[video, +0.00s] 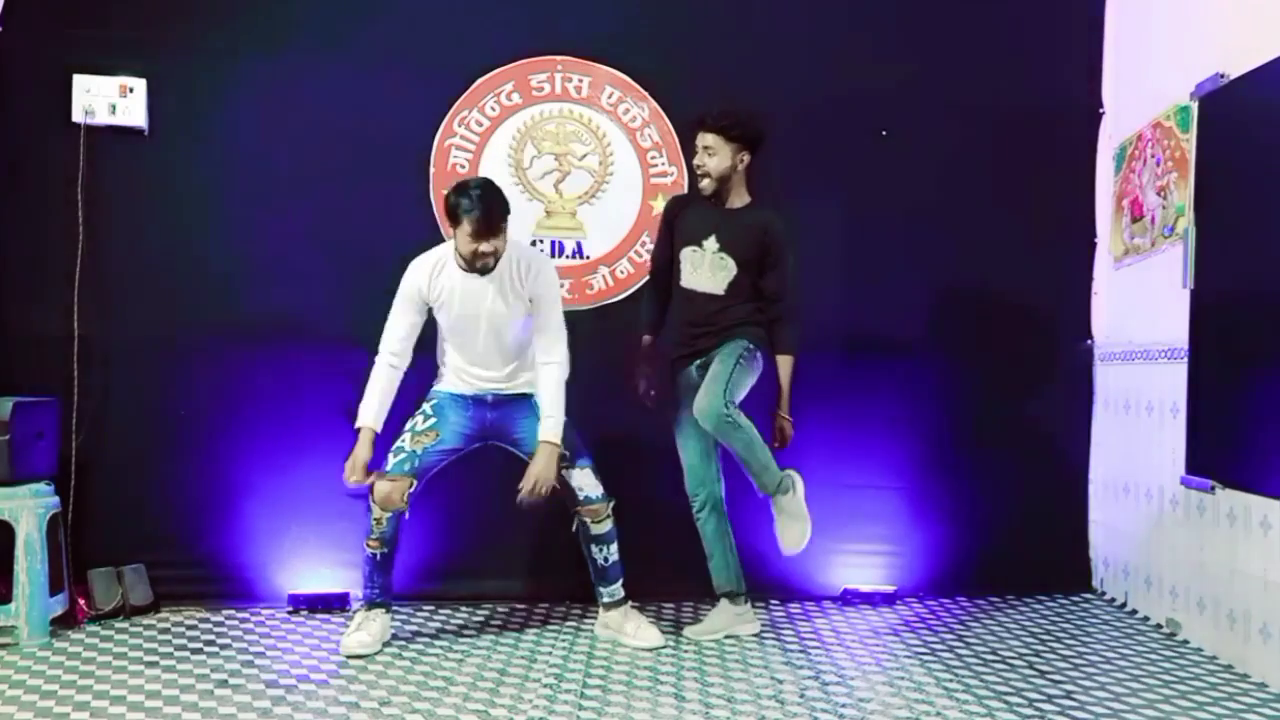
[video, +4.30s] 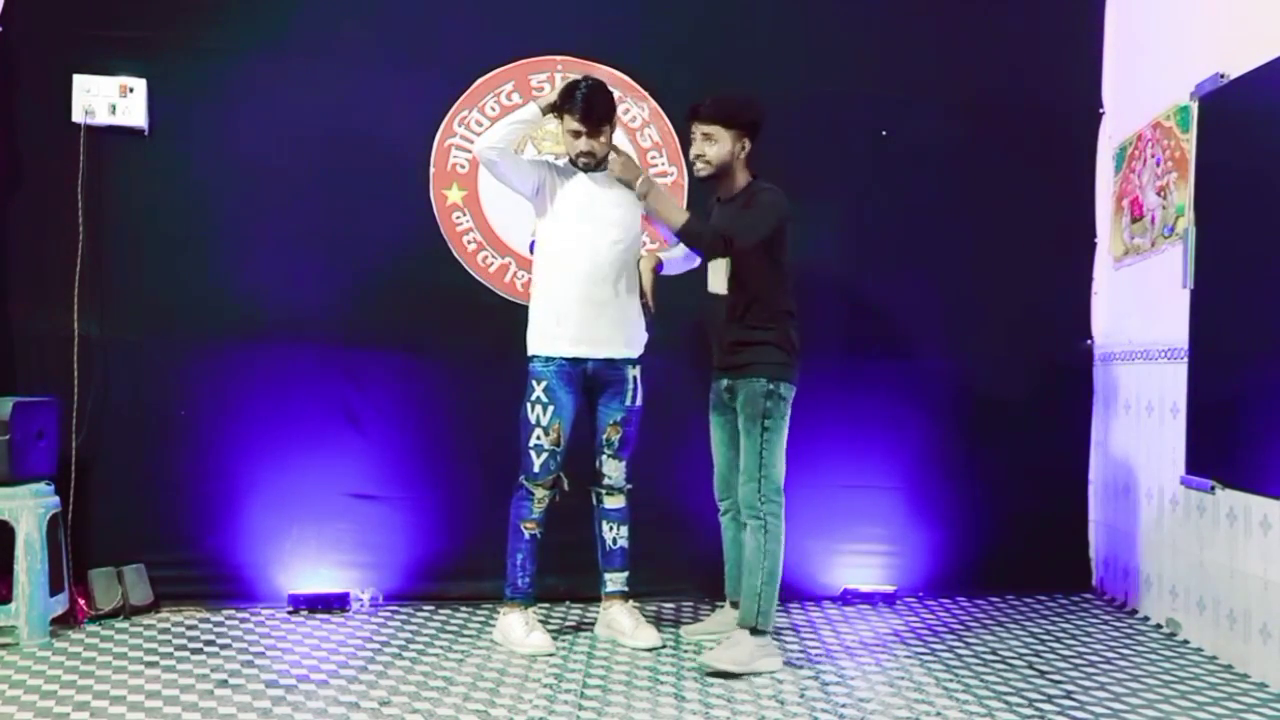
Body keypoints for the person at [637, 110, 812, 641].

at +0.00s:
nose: (699, 161)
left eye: (710, 152)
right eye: (697, 151)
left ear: (741, 158)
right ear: (696, 156)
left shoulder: (764, 224)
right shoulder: (680, 211)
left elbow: (781, 315)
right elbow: (659, 286)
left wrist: (785, 404)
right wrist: (647, 352)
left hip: (740, 346)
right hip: (688, 356)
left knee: (710, 408)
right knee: (703, 491)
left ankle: (781, 490)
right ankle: (733, 604)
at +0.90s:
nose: (746, 168)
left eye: (758, 163)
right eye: (747, 158)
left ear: (789, 176)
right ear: (745, 162)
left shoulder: (792, 251)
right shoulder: (712, 207)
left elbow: (796, 339)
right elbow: (662, 266)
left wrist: (786, 421)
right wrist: (644, 335)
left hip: (746, 363)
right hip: (688, 367)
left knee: (753, 443)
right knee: (704, 496)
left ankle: (779, 543)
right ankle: (731, 605)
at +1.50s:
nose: (734, 144)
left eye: (742, 133)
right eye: (735, 133)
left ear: (774, 139)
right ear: (764, 141)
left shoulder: (823, 213)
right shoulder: (741, 209)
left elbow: (855, 311)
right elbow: (737, 300)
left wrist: (840, 398)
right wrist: (720, 368)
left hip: (795, 379)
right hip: (735, 376)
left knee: (799, 505)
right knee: (728, 498)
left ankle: (802, 623)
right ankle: (737, 607)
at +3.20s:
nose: (725, 138)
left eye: (735, 129)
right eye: (727, 130)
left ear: (770, 137)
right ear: (752, 140)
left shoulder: (808, 202)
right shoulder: (728, 209)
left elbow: (873, 268)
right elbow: (702, 270)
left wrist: (804, 313)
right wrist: (712, 316)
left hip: (784, 372)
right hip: (730, 372)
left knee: (797, 503)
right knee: (738, 498)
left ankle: (802, 623)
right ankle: (742, 609)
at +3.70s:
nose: (714, 142)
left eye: (725, 132)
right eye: (716, 132)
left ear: (759, 139)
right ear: (745, 142)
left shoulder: (796, 202)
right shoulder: (721, 211)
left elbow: (825, 279)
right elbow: (711, 281)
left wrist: (748, 302)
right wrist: (711, 317)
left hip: (777, 377)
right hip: (724, 378)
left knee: (790, 503)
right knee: (733, 499)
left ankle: (802, 622)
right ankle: (741, 609)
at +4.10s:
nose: (702, 145)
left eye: (712, 136)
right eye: (702, 136)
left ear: (747, 143)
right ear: (724, 146)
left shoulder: (773, 206)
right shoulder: (724, 209)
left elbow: (739, 286)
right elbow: (713, 278)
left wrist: (672, 257)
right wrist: (665, 254)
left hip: (762, 370)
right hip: (722, 371)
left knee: (752, 487)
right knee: (726, 493)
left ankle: (797, 615)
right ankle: (741, 610)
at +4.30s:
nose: (697, 150)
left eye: (709, 139)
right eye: (693, 140)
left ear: (742, 145)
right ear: (696, 146)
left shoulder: (766, 199)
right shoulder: (713, 208)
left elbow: (713, 236)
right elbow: (672, 239)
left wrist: (645, 187)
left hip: (764, 371)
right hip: (727, 371)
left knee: (762, 499)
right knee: (730, 498)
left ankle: (759, 634)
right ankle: (738, 609)